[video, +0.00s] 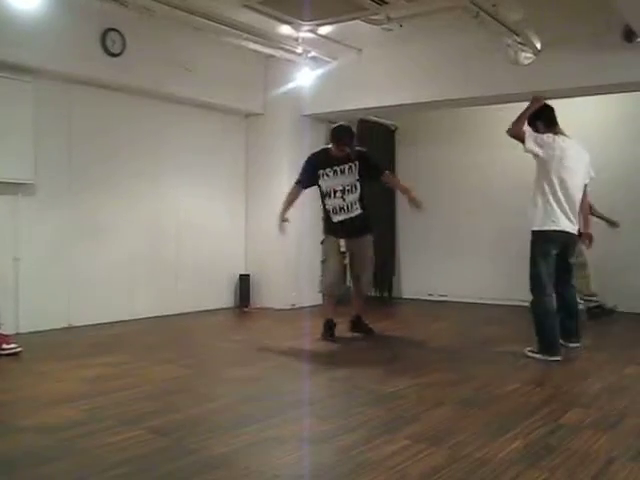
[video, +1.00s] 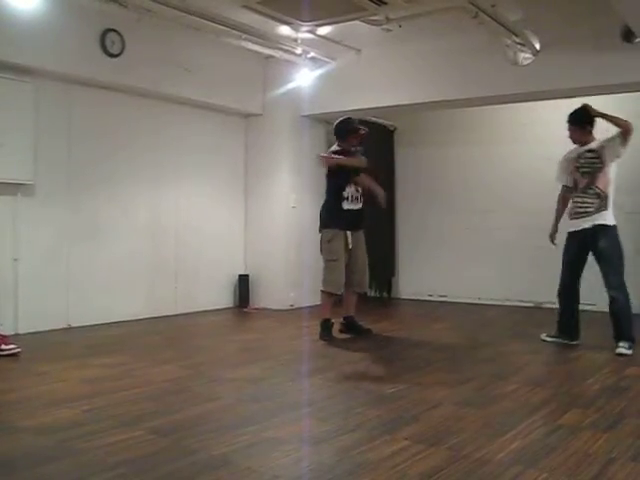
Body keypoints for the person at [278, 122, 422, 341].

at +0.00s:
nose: (345, 152)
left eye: (348, 148)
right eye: (341, 149)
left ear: (352, 144)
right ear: (332, 144)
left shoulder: (360, 158)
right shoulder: (316, 161)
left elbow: (385, 176)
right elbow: (299, 187)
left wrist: (408, 194)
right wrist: (284, 211)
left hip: (359, 227)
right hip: (332, 230)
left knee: (363, 276)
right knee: (331, 279)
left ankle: (357, 319)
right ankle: (329, 323)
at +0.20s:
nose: (352, 148)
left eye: (354, 144)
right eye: (348, 145)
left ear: (355, 142)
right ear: (337, 141)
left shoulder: (357, 156)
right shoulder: (317, 157)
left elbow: (368, 178)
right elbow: (294, 176)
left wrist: (379, 196)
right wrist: (270, 195)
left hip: (358, 227)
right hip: (331, 229)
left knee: (362, 278)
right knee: (329, 280)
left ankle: (356, 318)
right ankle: (329, 322)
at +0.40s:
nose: (353, 147)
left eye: (355, 143)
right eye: (349, 143)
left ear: (358, 140)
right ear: (339, 137)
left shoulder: (359, 153)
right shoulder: (322, 151)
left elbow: (367, 170)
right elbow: (292, 162)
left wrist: (379, 182)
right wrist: (262, 172)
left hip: (356, 222)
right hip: (331, 224)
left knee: (360, 273)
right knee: (331, 274)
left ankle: (352, 319)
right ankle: (328, 324)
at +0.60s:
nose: (360, 147)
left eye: (362, 143)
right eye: (357, 143)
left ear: (361, 141)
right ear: (345, 139)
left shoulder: (363, 157)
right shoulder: (324, 154)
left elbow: (384, 165)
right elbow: (295, 160)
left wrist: (405, 174)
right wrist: (266, 164)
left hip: (357, 226)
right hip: (332, 226)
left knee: (357, 276)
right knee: (332, 277)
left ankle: (351, 321)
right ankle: (328, 325)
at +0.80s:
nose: (364, 143)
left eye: (365, 140)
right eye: (361, 139)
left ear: (360, 139)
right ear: (348, 138)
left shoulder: (363, 157)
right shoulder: (332, 157)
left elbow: (384, 167)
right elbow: (331, 183)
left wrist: (405, 171)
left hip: (357, 226)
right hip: (335, 226)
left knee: (357, 276)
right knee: (334, 277)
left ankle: (350, 319)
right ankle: (329, 324)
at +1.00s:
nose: (360, 140)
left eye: (360, 137)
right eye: (356, 137)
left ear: (355, 137)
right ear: (345, 137)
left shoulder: (356, 155)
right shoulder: (335, 156)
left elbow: (362, 163)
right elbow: (357, 178)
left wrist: (336, 161)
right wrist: (378, 190)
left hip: (354, 223)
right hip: (334, 223)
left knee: (356, 274)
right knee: (333, 275)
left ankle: (349, 319)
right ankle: (326, 323)